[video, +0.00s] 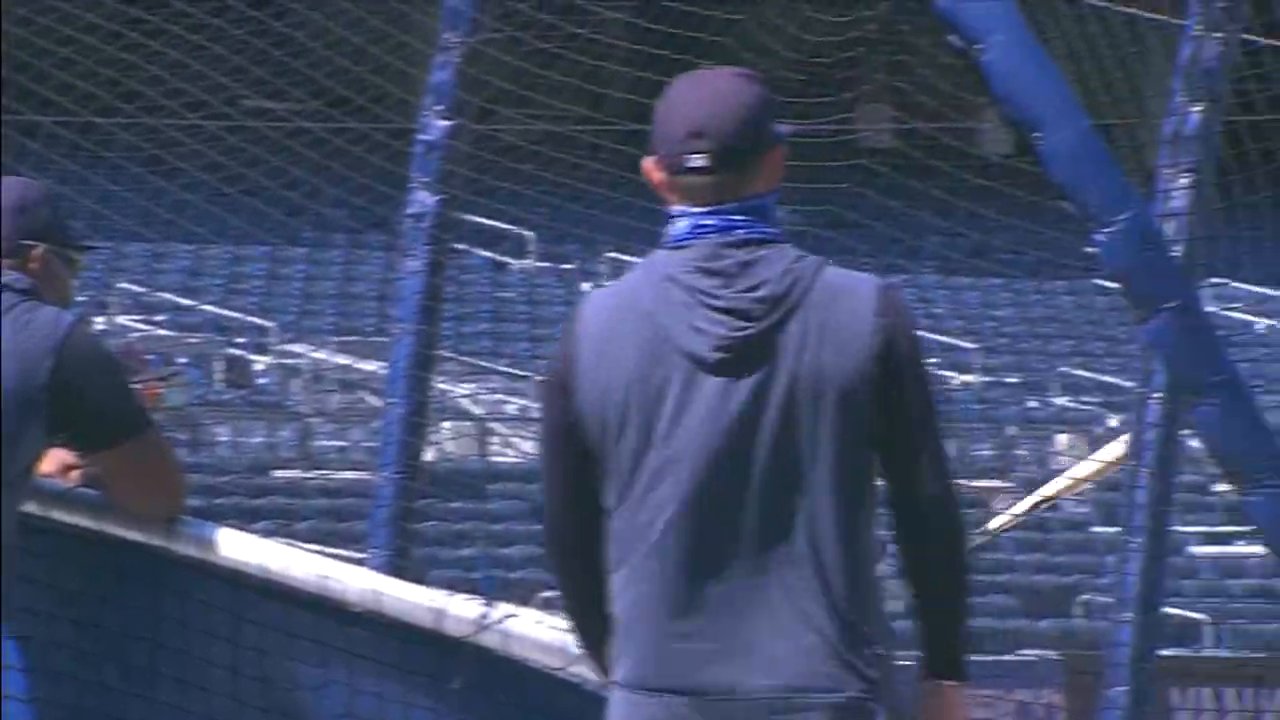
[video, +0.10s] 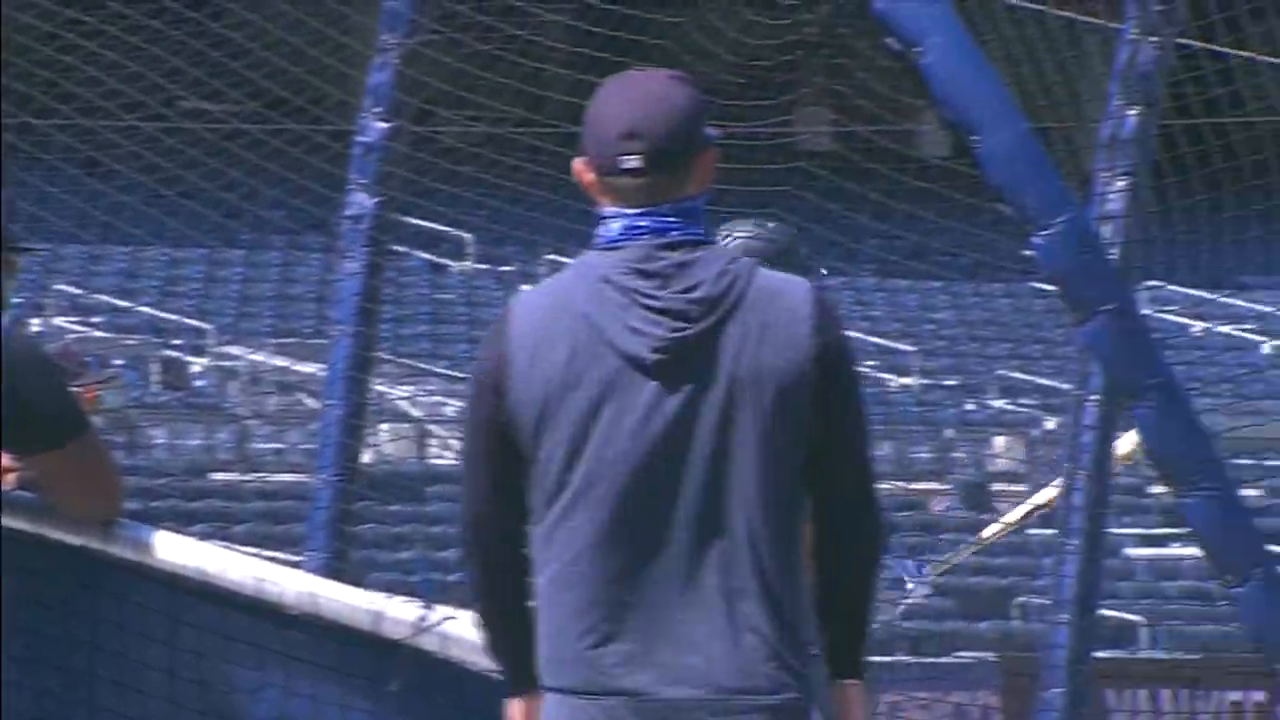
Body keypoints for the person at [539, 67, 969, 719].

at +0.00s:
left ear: (655, 178)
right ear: (777, 166)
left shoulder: (599, 324)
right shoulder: (864, 311)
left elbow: (568, 532)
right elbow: (926, 506)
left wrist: (620, 664)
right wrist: (944, 672)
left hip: (654, 689)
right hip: (824, 685)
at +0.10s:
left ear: (584, 179)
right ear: (710, 169)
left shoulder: (530, 324)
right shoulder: (799, 314)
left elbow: (489, 528)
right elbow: (850, 514)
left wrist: (522, 681)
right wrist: (847, 669)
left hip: (588, 693)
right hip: (759, 691)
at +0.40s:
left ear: (410, 175)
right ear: (534, 183)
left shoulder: (340, 329)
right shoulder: (606, 330)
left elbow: (277, 527)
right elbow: (645, 521)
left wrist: (259, 691)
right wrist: (608, 621)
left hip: (398, 696)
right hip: (571, 696)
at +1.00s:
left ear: (192, 188)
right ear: (315, 194)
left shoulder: (123, 346)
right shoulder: (401, 339)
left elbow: (77, 564)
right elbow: (448, 543)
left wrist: (101, 705)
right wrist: (417, 680)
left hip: (183, 698)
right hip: (362, 696)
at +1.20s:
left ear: (225, 189)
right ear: (346, 194)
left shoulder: (151, 342)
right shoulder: (429, 339)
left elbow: (104, 554)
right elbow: (482, 542)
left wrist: (126, 704)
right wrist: (469, 685)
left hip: (212, 697)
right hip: (389, 696)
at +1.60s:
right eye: (379, 115)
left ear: (250, 135)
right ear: (371, 132)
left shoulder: (181, 287)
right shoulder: (456, 280)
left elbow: (151, 494)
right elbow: (520, 474)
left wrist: (189, 622)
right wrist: (525, 639)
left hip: (238, 683)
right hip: (411, 680)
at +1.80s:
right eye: (345, 116)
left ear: (214, 134)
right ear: (336, 131)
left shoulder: (146, 284)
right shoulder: (419, 278)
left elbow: (118, 490)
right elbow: (486, 470)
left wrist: (170, 611)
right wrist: (504, 632)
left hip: (207, 683)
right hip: (386, 681)